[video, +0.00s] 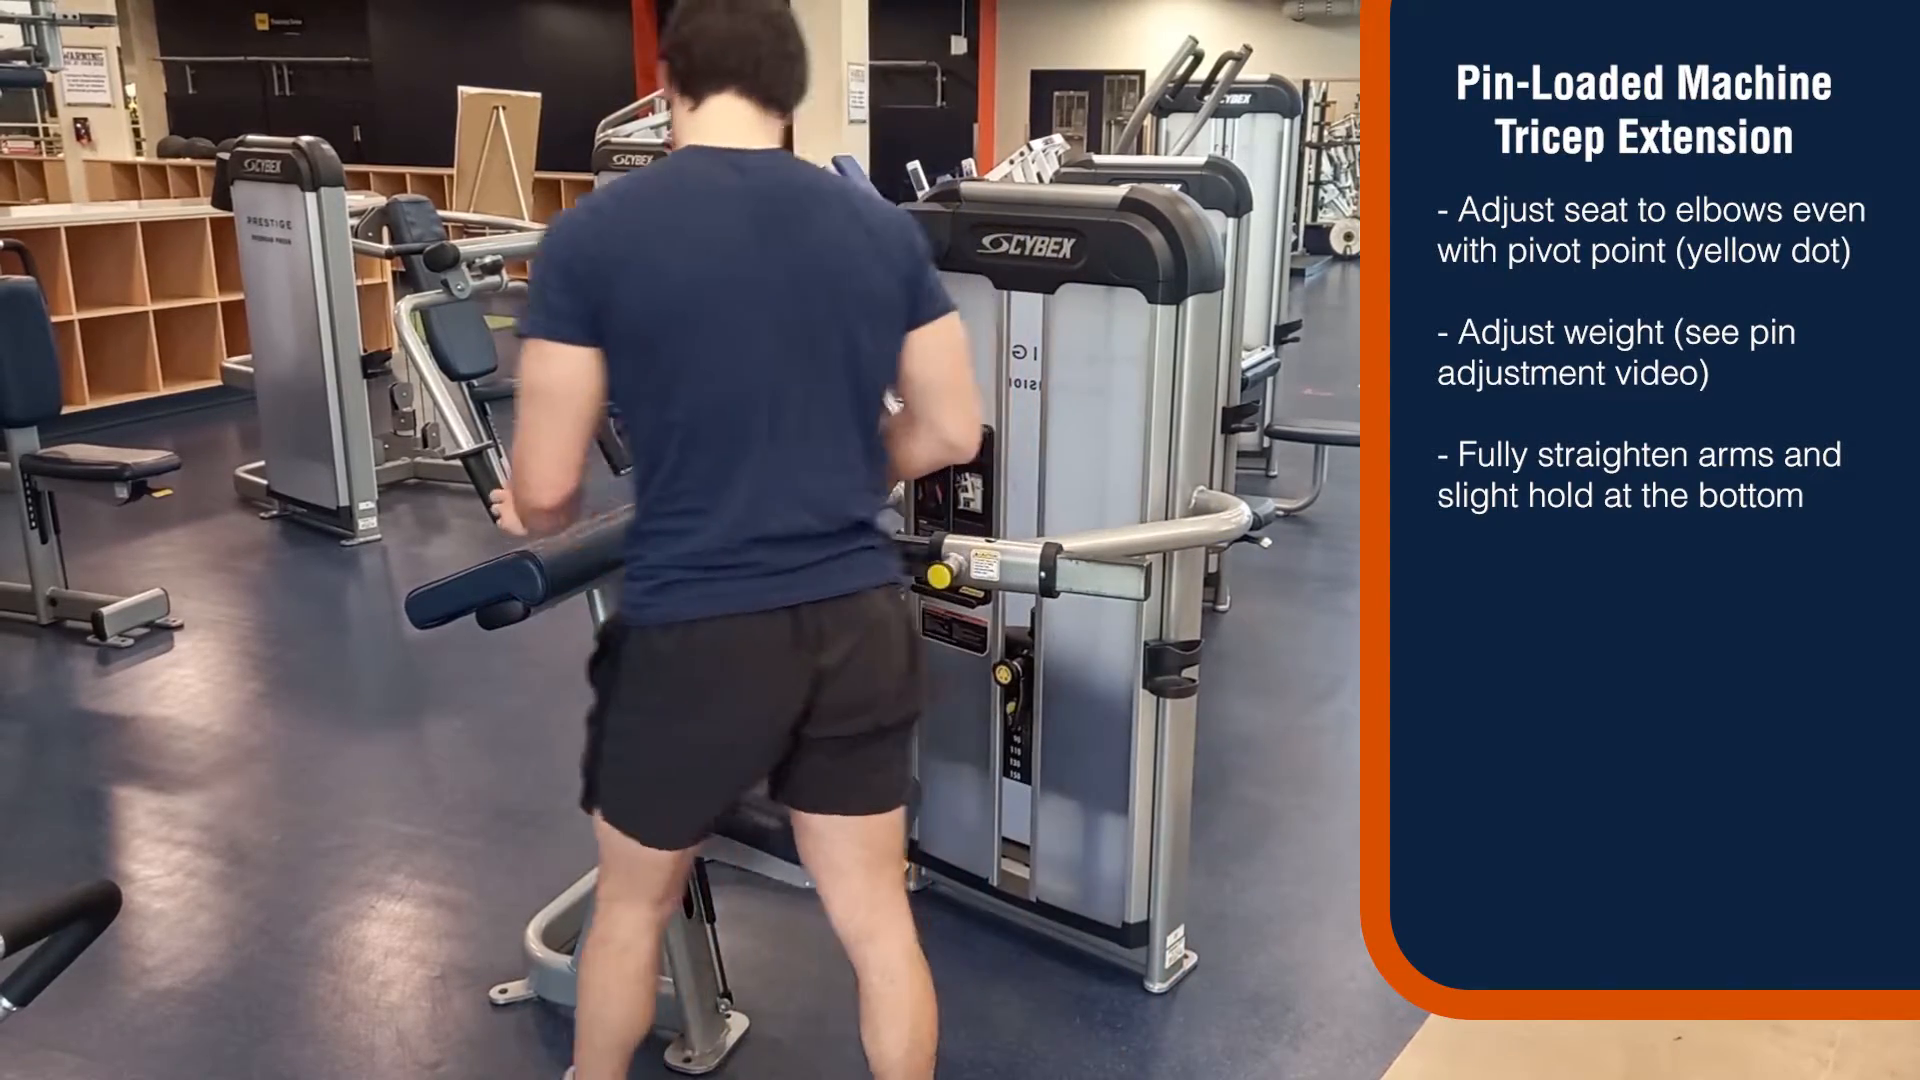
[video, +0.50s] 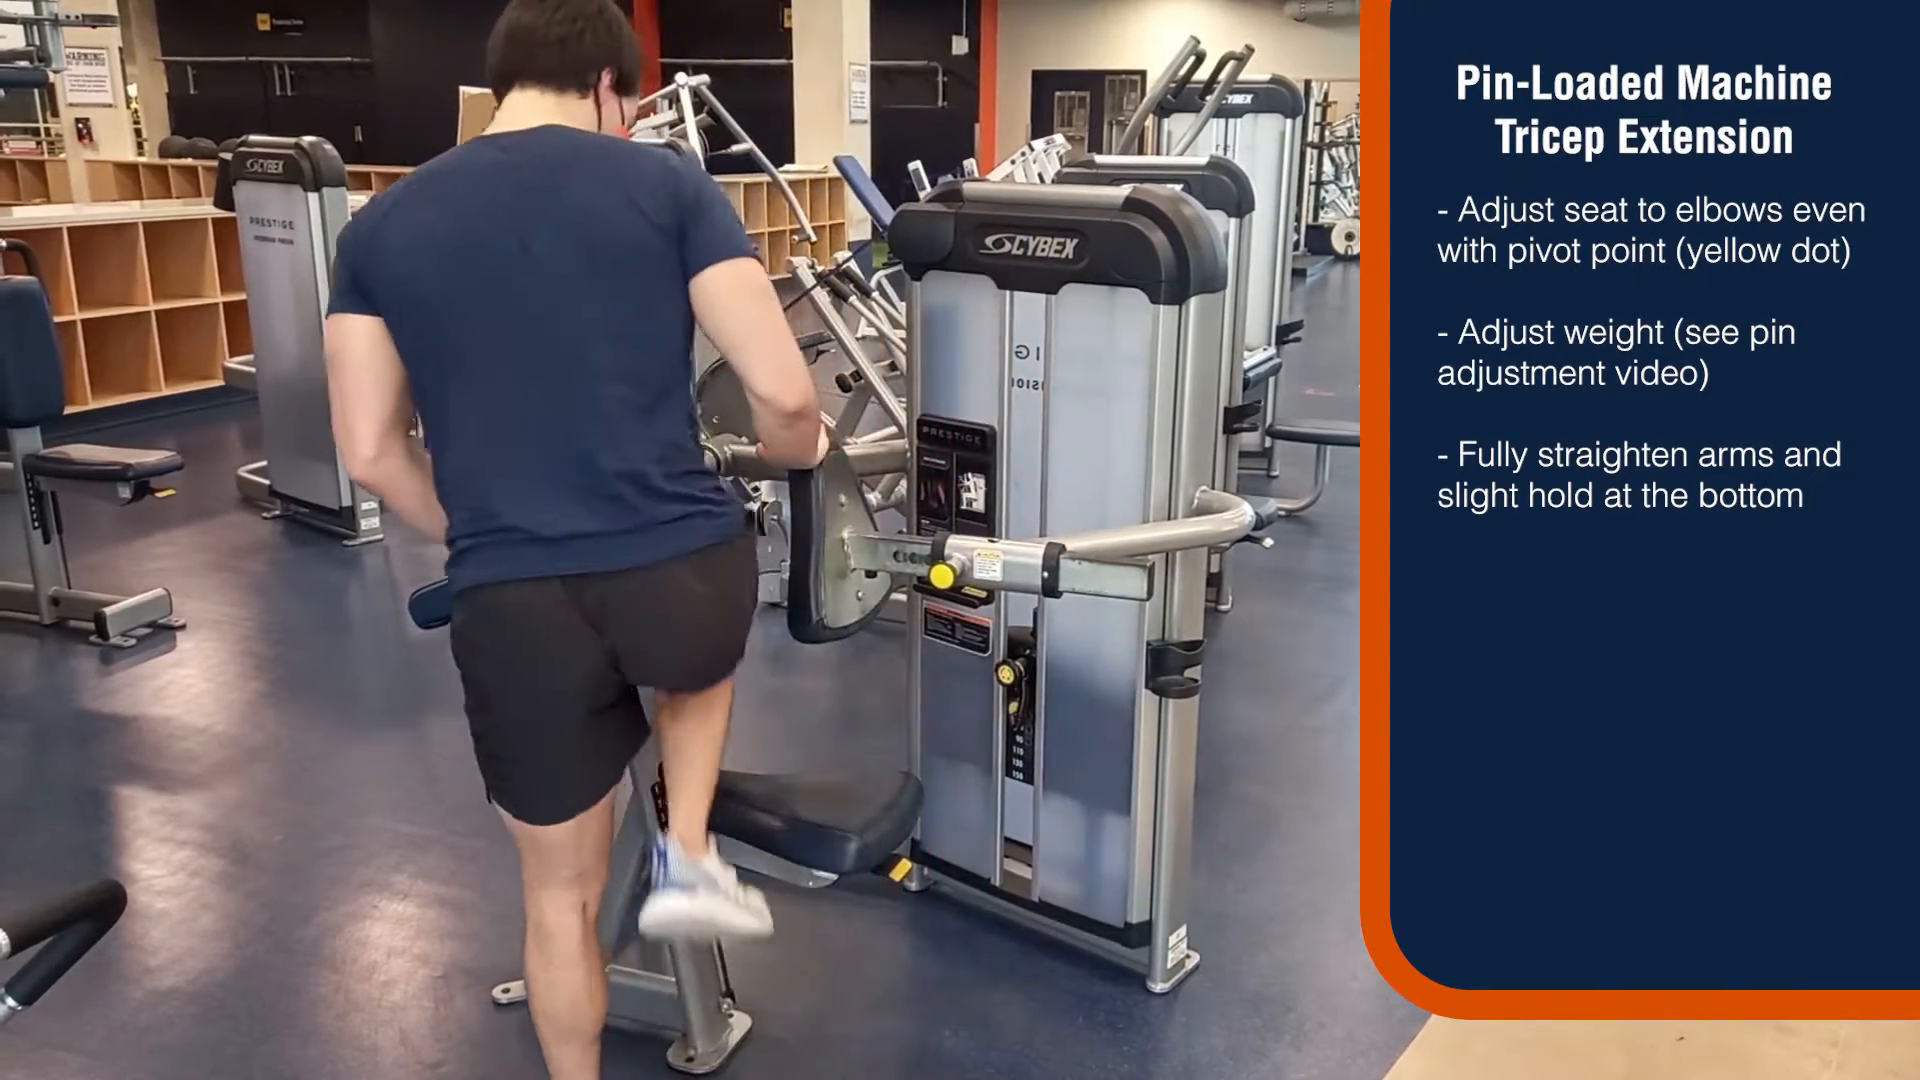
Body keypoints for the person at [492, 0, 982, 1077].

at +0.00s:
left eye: (667, 76)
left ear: (670, 84)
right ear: (793, 93)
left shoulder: (598, 233)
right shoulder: (877, 226)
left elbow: (549, 489)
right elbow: (951, 429)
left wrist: (525, 504)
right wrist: (834, 457)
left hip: (693, 646)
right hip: (862, 631)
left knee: (632, 908)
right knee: (879, 917)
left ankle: (597, 1071)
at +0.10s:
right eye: (740, 107)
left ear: (605, 93)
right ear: (735, 107)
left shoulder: (521, 239)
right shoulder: (812, 224)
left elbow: (486, 487)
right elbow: (900, 426)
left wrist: (537, 508)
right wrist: (804, 450)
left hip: (633, 639)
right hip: (804, 626)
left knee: (600, 893)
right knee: (825, 901)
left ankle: (587, 1076)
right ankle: (878, 1076)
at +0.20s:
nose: (687, 120)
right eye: (691, 104)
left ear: (552, 93)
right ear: (681, 98)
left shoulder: (462, 233)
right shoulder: (758, 206)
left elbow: (434, 475)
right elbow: (852, 415)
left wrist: (519, 542)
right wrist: (773, 438)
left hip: (585, 627)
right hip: (757, 615)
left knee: (584, 899)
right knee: (756, 850)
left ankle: (582, 1076)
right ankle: (813, 1071)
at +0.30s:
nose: (655, 124)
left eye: (653, 110)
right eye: (659, 106)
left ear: (525, 89)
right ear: (643, 93)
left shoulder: (425, 226)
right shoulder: (714, 193)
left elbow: (399, 466)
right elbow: (826, 399)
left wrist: (504, 541)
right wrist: (773, 455)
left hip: (553, 610)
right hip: (723, 587)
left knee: (573, 896)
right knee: (710, 782)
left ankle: (578, 1073)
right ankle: (739, 1023)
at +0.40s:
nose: (644, 125)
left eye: (644, 110)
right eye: (646, 107)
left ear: (511, 88)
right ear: (626, 94)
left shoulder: (408, 225)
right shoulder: (688, 188)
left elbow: (383, 455)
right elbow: (810, 392)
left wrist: (486, 537)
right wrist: (786, 453)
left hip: (535, 604)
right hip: (703, 576)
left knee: (568, 895)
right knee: (699, 735)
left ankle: (577, 1074)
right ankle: (705, 960)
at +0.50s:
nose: (629, 127)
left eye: (629, 112)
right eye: (631, 110)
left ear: (496, 87)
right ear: (604, 94)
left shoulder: (384, 223)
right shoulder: (662, 185)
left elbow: (368, 448)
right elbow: (786, 397)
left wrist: (469, 527)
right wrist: (787, 452)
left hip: (511, 609)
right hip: (677, 577)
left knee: (560, 898)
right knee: (694, 656)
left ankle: (575, 1076)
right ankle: (687, 857)